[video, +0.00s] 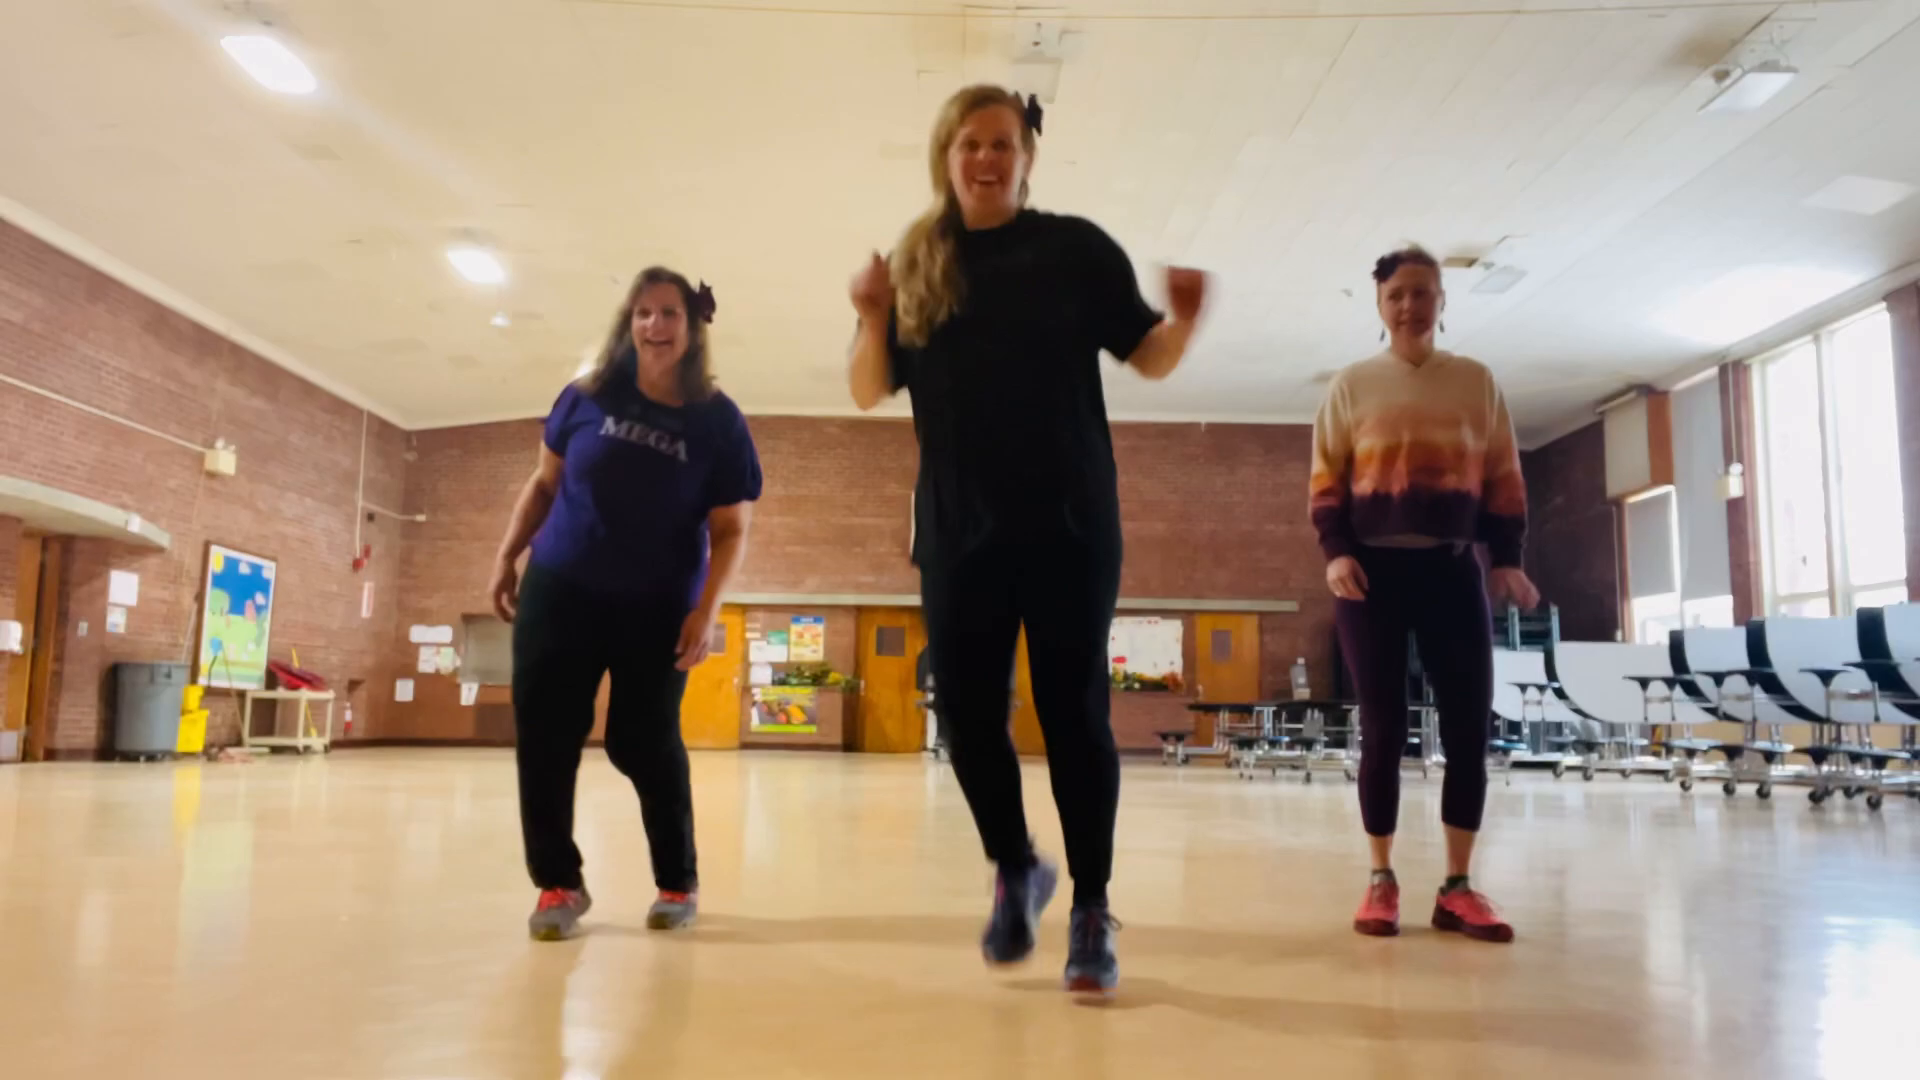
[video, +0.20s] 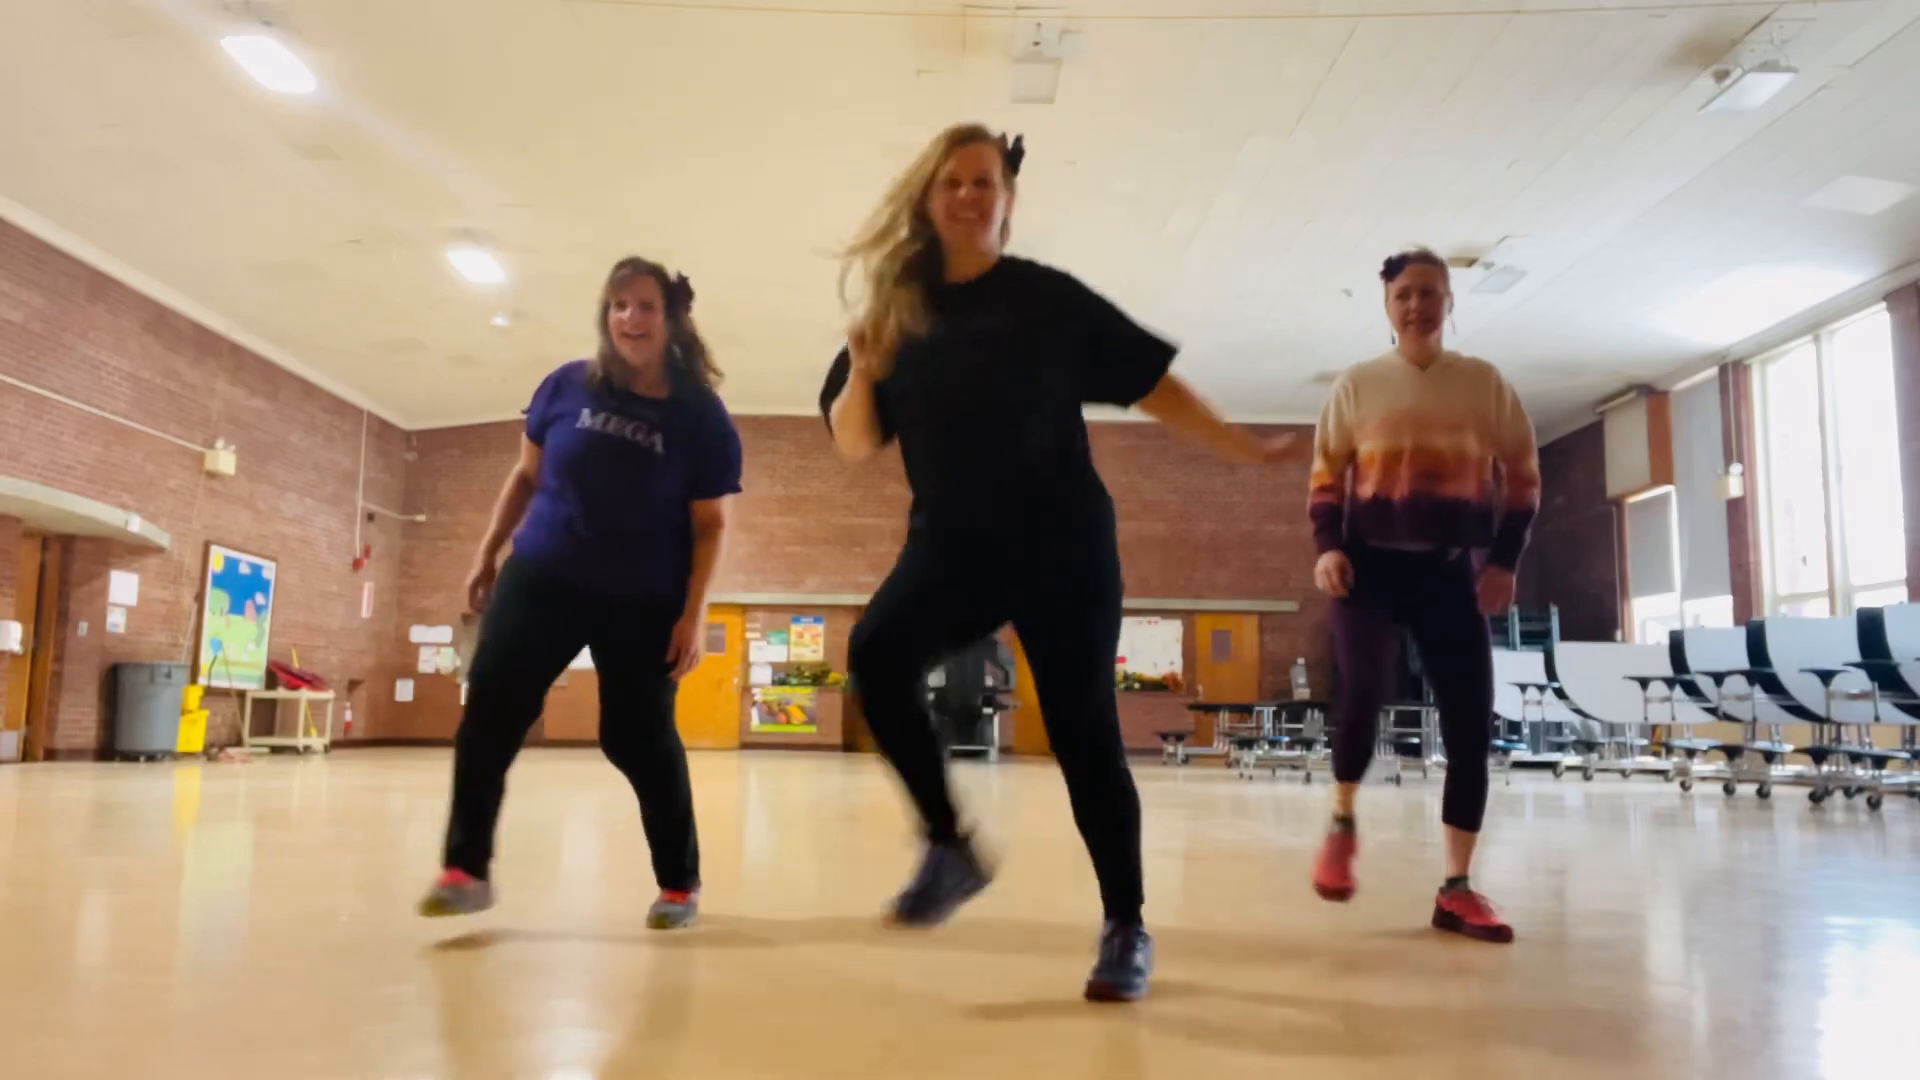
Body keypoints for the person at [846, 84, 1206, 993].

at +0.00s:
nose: (984, 158)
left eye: (1000, 145)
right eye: (970, 144)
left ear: (1027, 158)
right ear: (943, 158)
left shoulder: (1077, 248)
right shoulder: (917, 263)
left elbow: (1152, 358)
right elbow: (869, 392)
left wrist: (1183, 315)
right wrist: (872, 317)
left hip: (1067, 516)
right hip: (960, 521)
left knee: (1071, 711)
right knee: (966, 716)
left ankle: (1092, 910)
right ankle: (1015, 870)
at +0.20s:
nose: (970, 197)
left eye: (986, 185)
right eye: (955, 183)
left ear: (1009, 200)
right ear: (926, 197)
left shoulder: (1045, 297)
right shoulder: (895, 314)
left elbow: (1153, 383)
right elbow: (854, 441)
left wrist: (1240, 443)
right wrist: (863, 367)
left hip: (1059, 543)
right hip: (951, 546)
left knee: (1083, 734)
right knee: (877, 658)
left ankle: (1124, 926)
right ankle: (949, 844)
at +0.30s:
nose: (946, 215)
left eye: (963, 202)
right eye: (932, 202)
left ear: (990, 218)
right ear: (908, 219)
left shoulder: (1032, 321)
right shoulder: (879, 334)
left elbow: (1109, 437)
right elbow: (848, 476)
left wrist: (1172, 507)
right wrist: (847, 447)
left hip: (1040, 572)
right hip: (932, 576)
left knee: (1067, 758)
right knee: (873, 754)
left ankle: (1122, 938)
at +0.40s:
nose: (915, 207)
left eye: (932, 194)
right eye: (901, 192)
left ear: (956, 212)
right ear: (874, 207)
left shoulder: (998, 323)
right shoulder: (834, 322)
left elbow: (1037, 460)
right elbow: (796, 450)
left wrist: (1074, 570)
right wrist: (812, 537)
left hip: (988, 574)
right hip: (878, 577)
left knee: (1036, 757)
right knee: (830, 767)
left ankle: (1111, 930)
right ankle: (780, 957)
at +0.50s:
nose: (878, 201)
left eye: (894, 189)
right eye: (862, 187)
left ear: (919, 207)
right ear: (833, 203)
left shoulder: (956, 320)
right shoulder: (788, 316)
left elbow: (980, 459)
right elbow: (746, 450)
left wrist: (989, 579)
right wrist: (753, 557)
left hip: (930, 570)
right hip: (811, 571)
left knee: (984, 741)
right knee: (787, 761)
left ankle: (1024, 897)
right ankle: (767, 957)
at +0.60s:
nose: (834, 198)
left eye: (851, 185)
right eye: (820, 183)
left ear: (877, 202)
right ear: (791, 197)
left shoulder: (917, 314)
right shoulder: (742, 308)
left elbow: (944, 444)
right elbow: (701, 436)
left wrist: (946, 558)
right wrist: (691, 540)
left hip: (878, 568)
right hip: (762, 565)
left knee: (896, 737)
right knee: (763, 759)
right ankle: (766, 955)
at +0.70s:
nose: (793, 205)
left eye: (810, 192)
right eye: (778, 191)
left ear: (837, 208)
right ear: (751, 203)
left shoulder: (877, 310)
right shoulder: (705, 310)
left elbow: (906, 443)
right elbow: (662, 429)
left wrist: (899, 563)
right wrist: (647, 526)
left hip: (833, 570)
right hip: (721, 564)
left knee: (790, 767)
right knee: (738, 761)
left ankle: (712, 894)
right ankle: (765, 958)